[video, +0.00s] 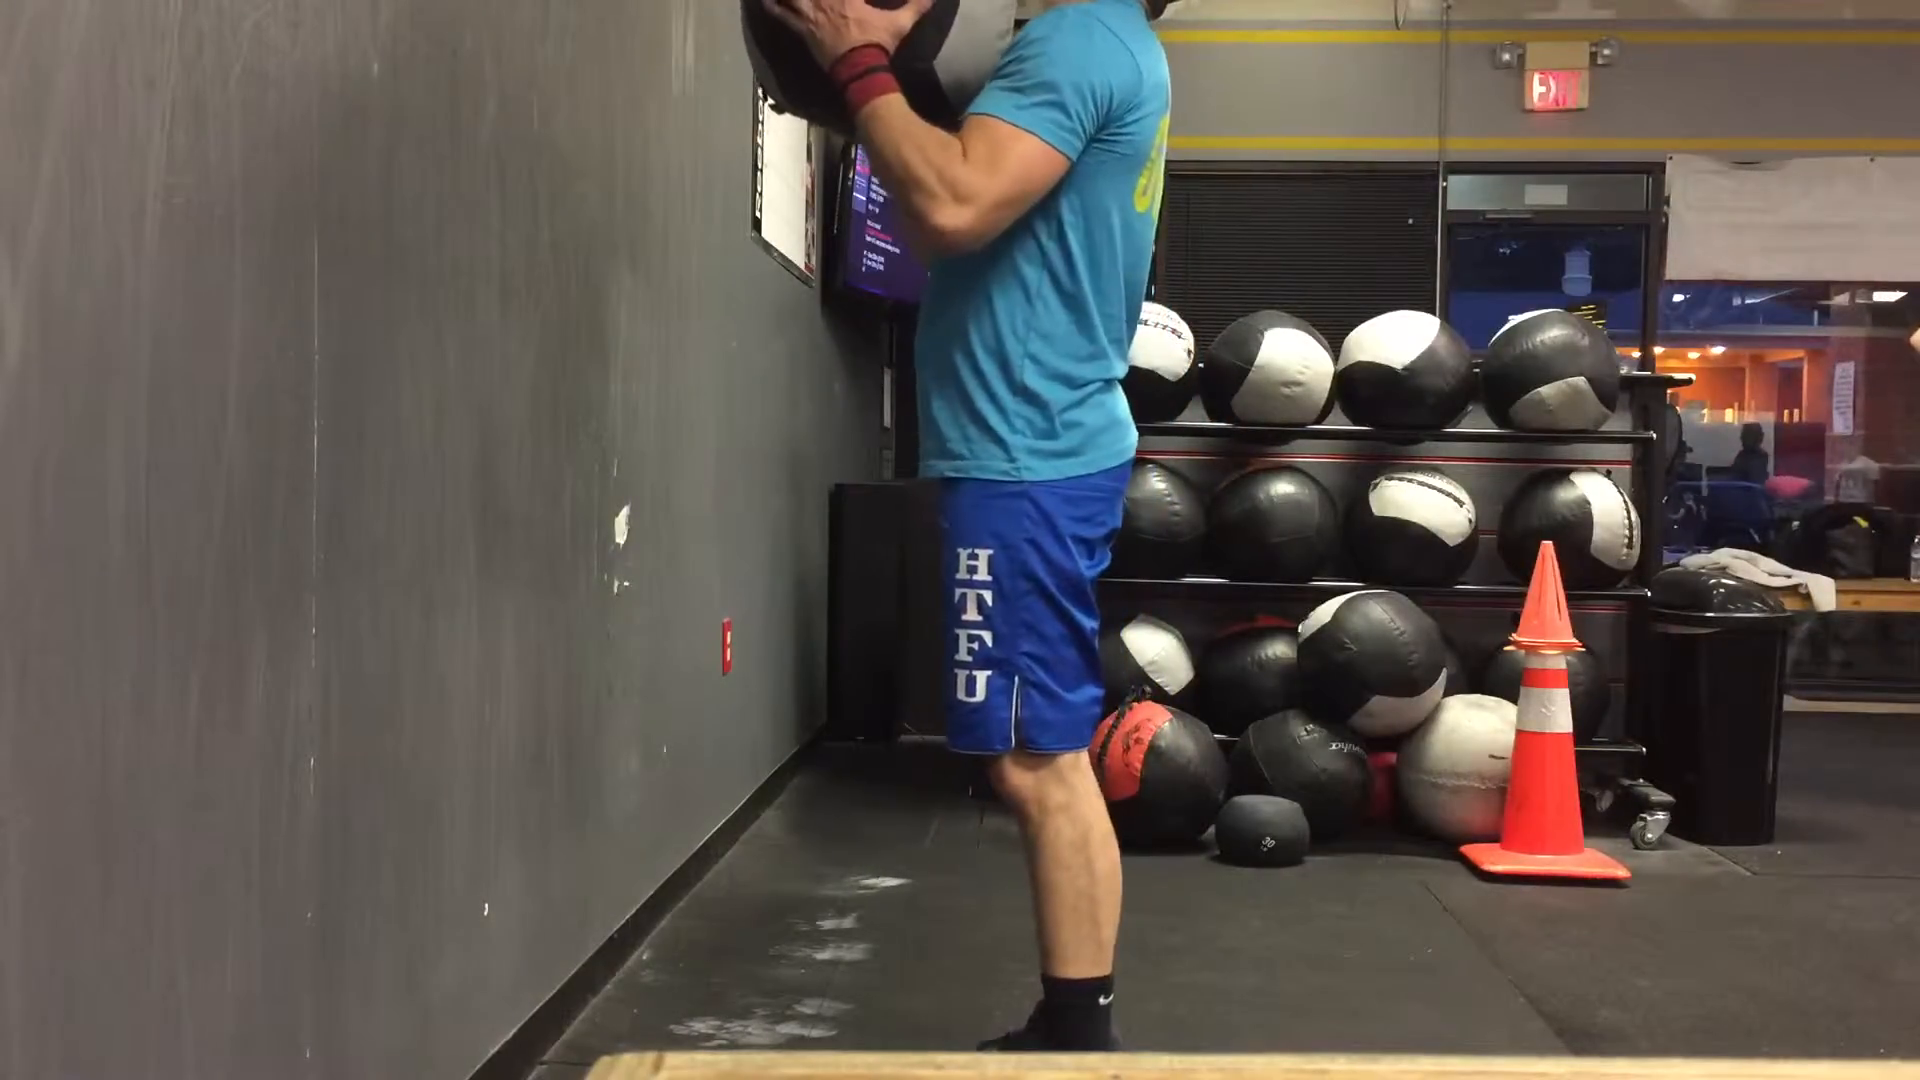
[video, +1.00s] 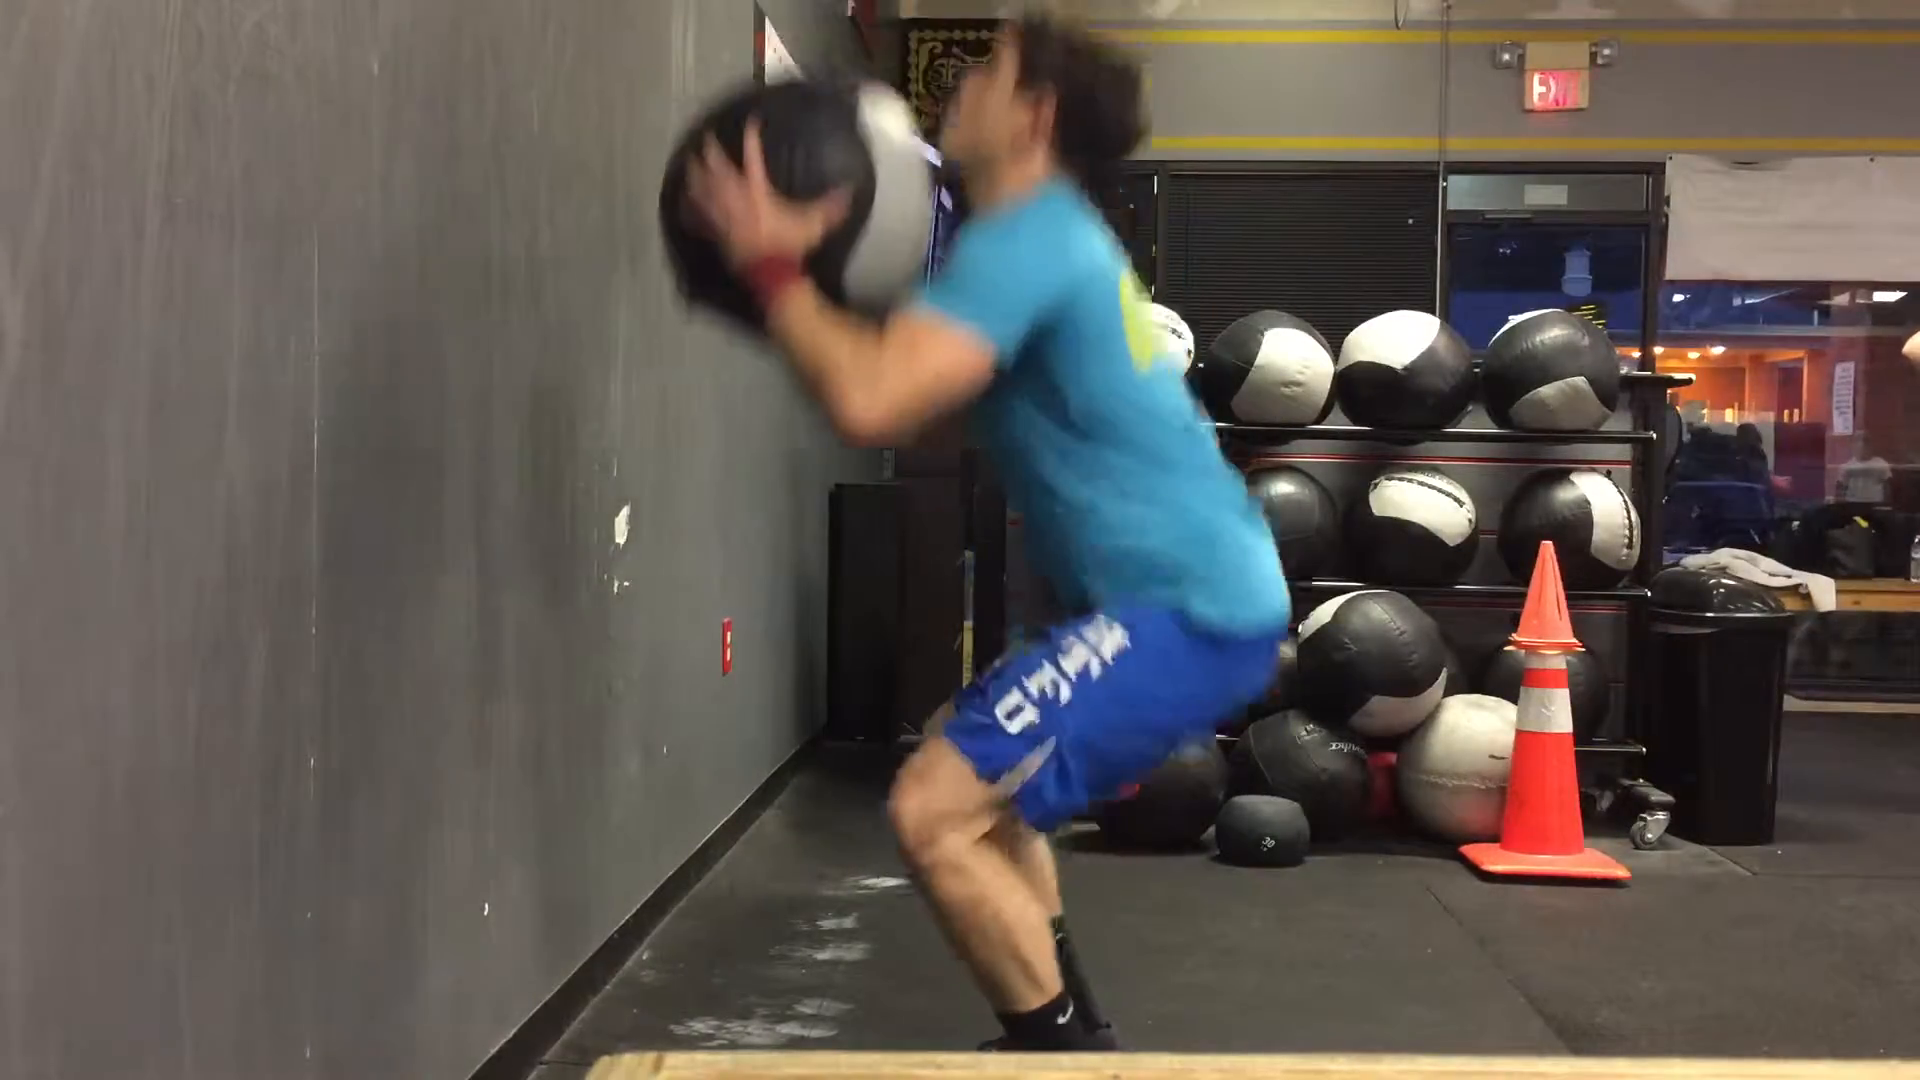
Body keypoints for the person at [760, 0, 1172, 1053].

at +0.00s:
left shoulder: (1082, 43)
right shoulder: (1095, 41)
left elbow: (952, 208)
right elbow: (956, 186)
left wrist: (865, 66)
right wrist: (877, 66)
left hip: (1026, 464)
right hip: (1032, 457)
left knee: (1036, 766)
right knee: (1044, 763)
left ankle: (1075, 1031)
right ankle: (1076, 1025)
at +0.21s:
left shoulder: (1086, 41)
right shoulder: (1092, 37)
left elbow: (958, 208)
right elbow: (960, 185)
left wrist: (867, 67)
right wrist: (880, 67)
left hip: (1039, 462)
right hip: (1037, 457)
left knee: (1047, 766)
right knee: (1051, 763)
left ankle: (1078, 1031)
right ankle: (1078, 1024)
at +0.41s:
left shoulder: (1089, 39)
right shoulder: (1098, 37)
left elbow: (963, 207)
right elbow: (964, 185)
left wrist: (870, 66)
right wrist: (881, 64)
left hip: (1048, 464)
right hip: (1045, 458)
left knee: (1056, 766)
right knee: (1056, 764)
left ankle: (1081, 1032)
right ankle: (1080, 1024)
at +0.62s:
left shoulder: (1094, 34)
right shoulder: (1079, 32)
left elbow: (956, 189)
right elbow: (950, 168)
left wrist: (858, 47)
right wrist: (859, 48)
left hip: (1063, 460)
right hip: (1048, 454)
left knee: (1063, 763)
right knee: (1053, 761)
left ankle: (1082, 1033)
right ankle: (1076, 1023)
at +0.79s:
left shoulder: (1070, 25)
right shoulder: (1046, 48)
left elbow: (926, 184)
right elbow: (989, 285)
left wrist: (811, 64)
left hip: (1115, 454)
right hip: (1092, 452)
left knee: (1018, 758)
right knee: (1030, 755)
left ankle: (1071, 1030)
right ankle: (1071, 1024)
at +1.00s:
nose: (961, 87)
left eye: (986, 73)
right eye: (976, 68)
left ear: (1036, 117)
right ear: (1036, 122)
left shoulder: (1036, 240)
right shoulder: (1040, 231)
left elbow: (872, 397)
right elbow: (896, 383)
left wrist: (773, 267)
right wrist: (788, 277)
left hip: (1192, 613)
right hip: (1173, 600)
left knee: (933, 806)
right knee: (983, 795)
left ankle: (1054, 1039)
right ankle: (1065, 1023)